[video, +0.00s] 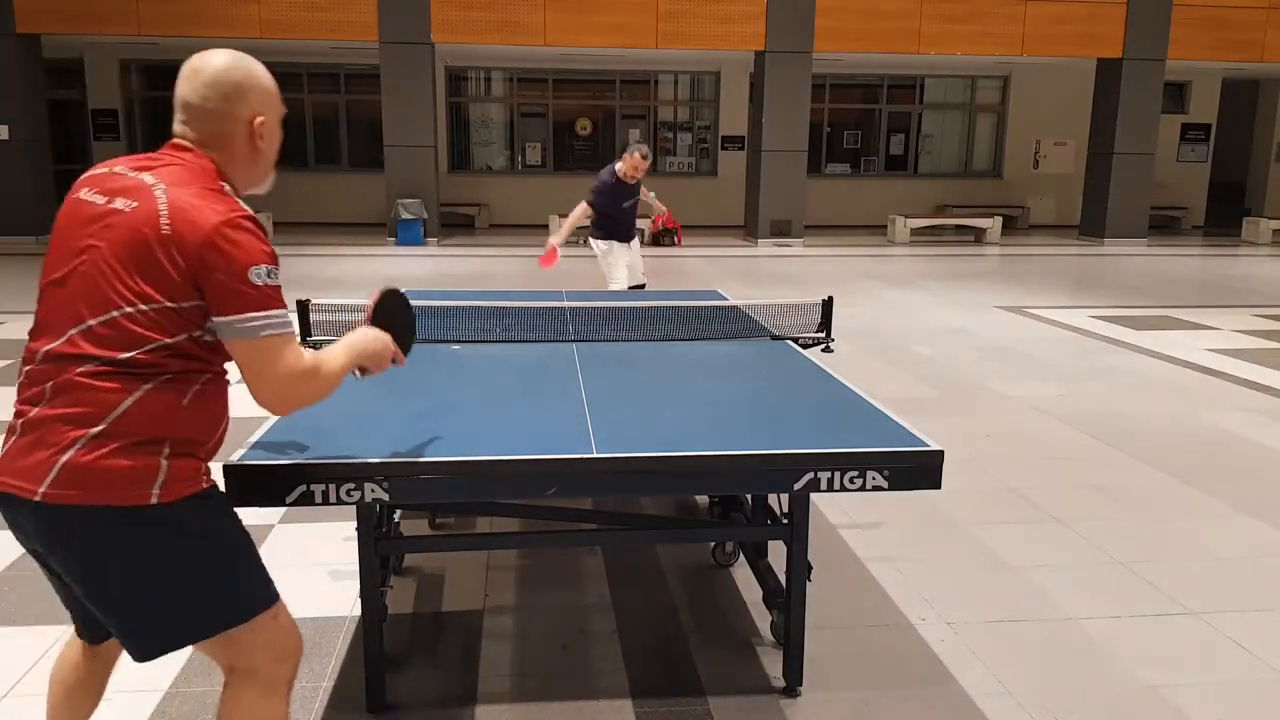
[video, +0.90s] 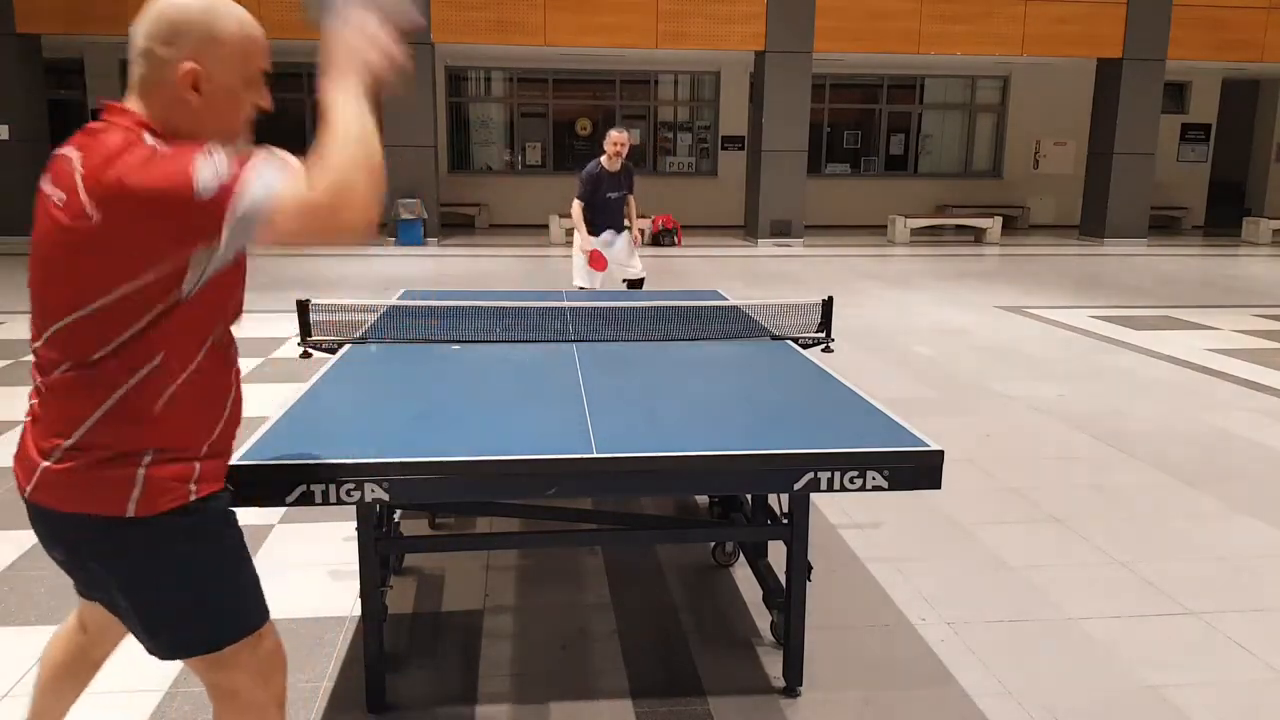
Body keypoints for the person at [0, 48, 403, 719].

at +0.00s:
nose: (280, 135)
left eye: (278, 121)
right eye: (278, 121)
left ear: (181, 119)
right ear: (256, 128)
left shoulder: (97, 181)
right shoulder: (221, 223)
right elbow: (283, 388)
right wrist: (354, 349)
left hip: (31, 476)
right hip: (134, 489)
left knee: (96, 633)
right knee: (266, 653)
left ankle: (59, 719)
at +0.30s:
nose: (358, 195)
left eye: (360, 179)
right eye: (359, 179)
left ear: (261, 163)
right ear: (330, 186)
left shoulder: (182, 208)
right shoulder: (268, 289)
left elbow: (212, 306)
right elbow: (336, 455)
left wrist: (320, 302)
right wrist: (424, 396)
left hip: (50, 491)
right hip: (130, 521)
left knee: (128, 628)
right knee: (299, 662)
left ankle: (74, 715)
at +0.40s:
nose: (386, 232)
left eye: (390, 216)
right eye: (387, 216)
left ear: (291, 185)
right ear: (358, 213)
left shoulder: (221, 222)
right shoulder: (276, 318)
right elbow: (292, 496)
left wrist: (358, 315)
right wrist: (411, 477)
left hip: (66, 490)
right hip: (131, 525)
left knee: (138, 631)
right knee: (307, 674)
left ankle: (73, 714)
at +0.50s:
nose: (404, 243)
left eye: (410, 228)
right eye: (406, 228)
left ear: (309, 194)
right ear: (370, 226)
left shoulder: (258, 231)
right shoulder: (254, 321)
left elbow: (349, 330)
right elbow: (178, 507)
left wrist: (387, 310)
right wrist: (293, 612)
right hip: (111, 525)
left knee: (144, 637)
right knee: (303, 670)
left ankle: (70, 716)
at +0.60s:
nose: (403, 234)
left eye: (408, 221)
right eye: (402, 220)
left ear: (344, 216)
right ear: (354, 219)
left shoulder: (278, 237)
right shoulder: (229, 322)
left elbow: (349, 321)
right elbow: (123, 493)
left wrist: (379, 303)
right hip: (136, 518)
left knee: (139, 646)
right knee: (300, 676)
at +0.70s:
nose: (371, 207)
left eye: (375, 188)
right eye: (368, 188)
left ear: (303, 182)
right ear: (310, 182)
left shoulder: (247, 210)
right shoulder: (204, 287)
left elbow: (306, 287)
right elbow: (127, 475)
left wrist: (339, 282)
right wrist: (157, 616)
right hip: (143, 508)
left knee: (145, 633)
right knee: (292, 677)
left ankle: (73, 716)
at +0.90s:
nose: (264, 104)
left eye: (265, 84)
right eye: (253, 84)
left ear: (184, 82)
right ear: (192, 82)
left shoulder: (82, 156)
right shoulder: (149, 175)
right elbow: (346, 207)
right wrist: (347, 71)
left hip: (72, 481)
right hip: (143, 497)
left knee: (101, 616)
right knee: (251, 673)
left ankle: (38, 718)